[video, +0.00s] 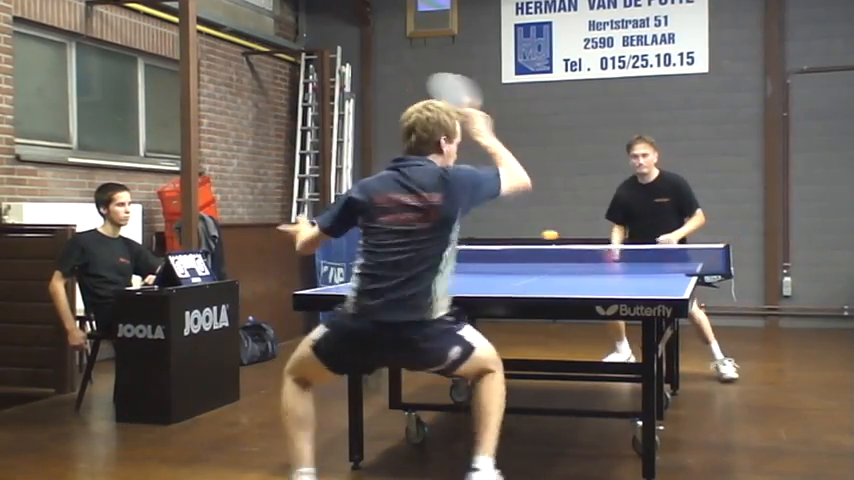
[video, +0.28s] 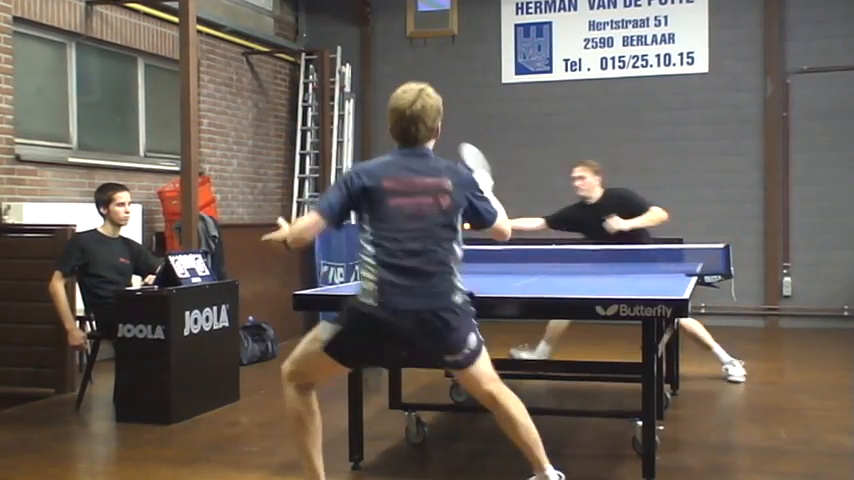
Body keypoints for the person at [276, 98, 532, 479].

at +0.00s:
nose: (457, 150)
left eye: (457, 142)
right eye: (456, 142)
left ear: (410, 140)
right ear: (442, 143)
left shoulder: (367, 189)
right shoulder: (454, 182)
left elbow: (306, 243)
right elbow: (520, 179)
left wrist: (302, 230)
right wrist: (485, 135)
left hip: (359, 326)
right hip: (422, 329)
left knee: (297, 378)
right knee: (490, 369)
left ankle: (303, 473)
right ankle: (483, 467)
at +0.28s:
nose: (436, 125)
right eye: (436, 121)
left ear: (392, 127)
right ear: (436, 129)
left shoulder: (363, 175)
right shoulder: (457, 176)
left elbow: (305, 233)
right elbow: (502, 231)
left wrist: (286, 233)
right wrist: (480, 204)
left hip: (377, 316)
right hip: (443, 317)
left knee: (296, 377)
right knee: (492, 389)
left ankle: (316, 474)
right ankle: (547, 471)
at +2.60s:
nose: (397, 187)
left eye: (400, 172)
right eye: (399, 173)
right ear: (364, 175)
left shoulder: (267, 172)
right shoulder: (256, 236)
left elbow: (219, 133)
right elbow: (222, 407)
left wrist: (267, 126)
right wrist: (326, 474)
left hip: (121, 350)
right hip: (69, 362)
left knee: (211, 462)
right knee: (195, 474)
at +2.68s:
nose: (467, 216)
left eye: (469, 202)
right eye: (467, 203)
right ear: (430, 210)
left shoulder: (324, 191)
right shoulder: (325, 269)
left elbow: (230, 147)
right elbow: (263, 434)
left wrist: (200, 118)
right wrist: (325, 465)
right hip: (125, 378)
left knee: (313, 431)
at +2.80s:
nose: (532, 190)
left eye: (538, 173)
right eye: (533, 172)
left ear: (441, 145)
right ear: (497, 169)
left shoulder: (350, 169)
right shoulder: (428, 244)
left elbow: (225, 186)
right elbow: (497, 404)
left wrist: (193, 167)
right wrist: (599, 351)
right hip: (272, 444)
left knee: (465, 464)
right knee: (472, 473)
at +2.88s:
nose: (542, 140)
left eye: (542, 125)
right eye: (543, 125)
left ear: (451, 115)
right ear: (526, 128)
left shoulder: (369, 171)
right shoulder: (509, 203)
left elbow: (245, 208)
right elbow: (657, 235)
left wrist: (211, 190)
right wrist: (646, 121)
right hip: (359, 451)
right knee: (502, 472)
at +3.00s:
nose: (555, 41)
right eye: (554, 30)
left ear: (465, 34)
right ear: (547, 41)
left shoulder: (390, 110)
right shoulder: (553, 127)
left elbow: (271, 187)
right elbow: (701, 170)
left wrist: (215, 204)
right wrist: (665, 76)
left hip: (332, 371)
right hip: (438, 388)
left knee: (401, 468)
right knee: (534, 469)